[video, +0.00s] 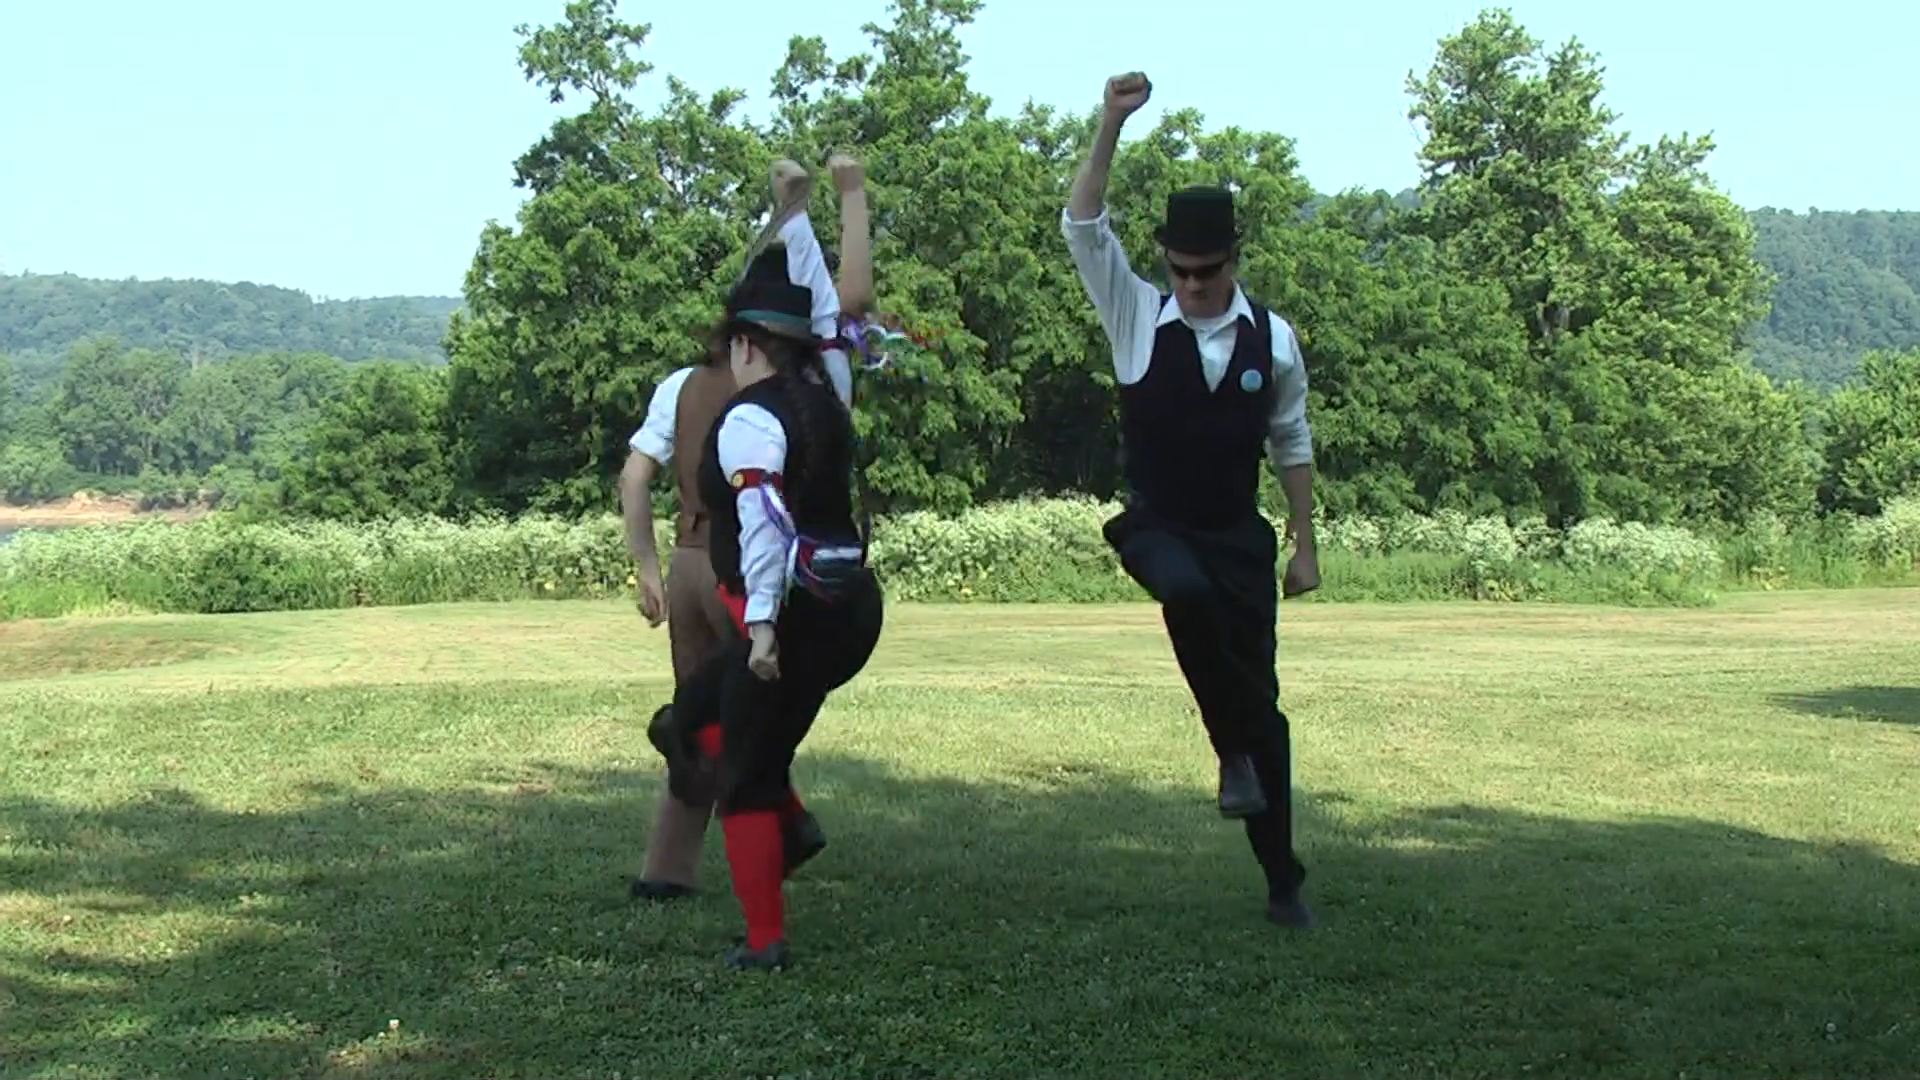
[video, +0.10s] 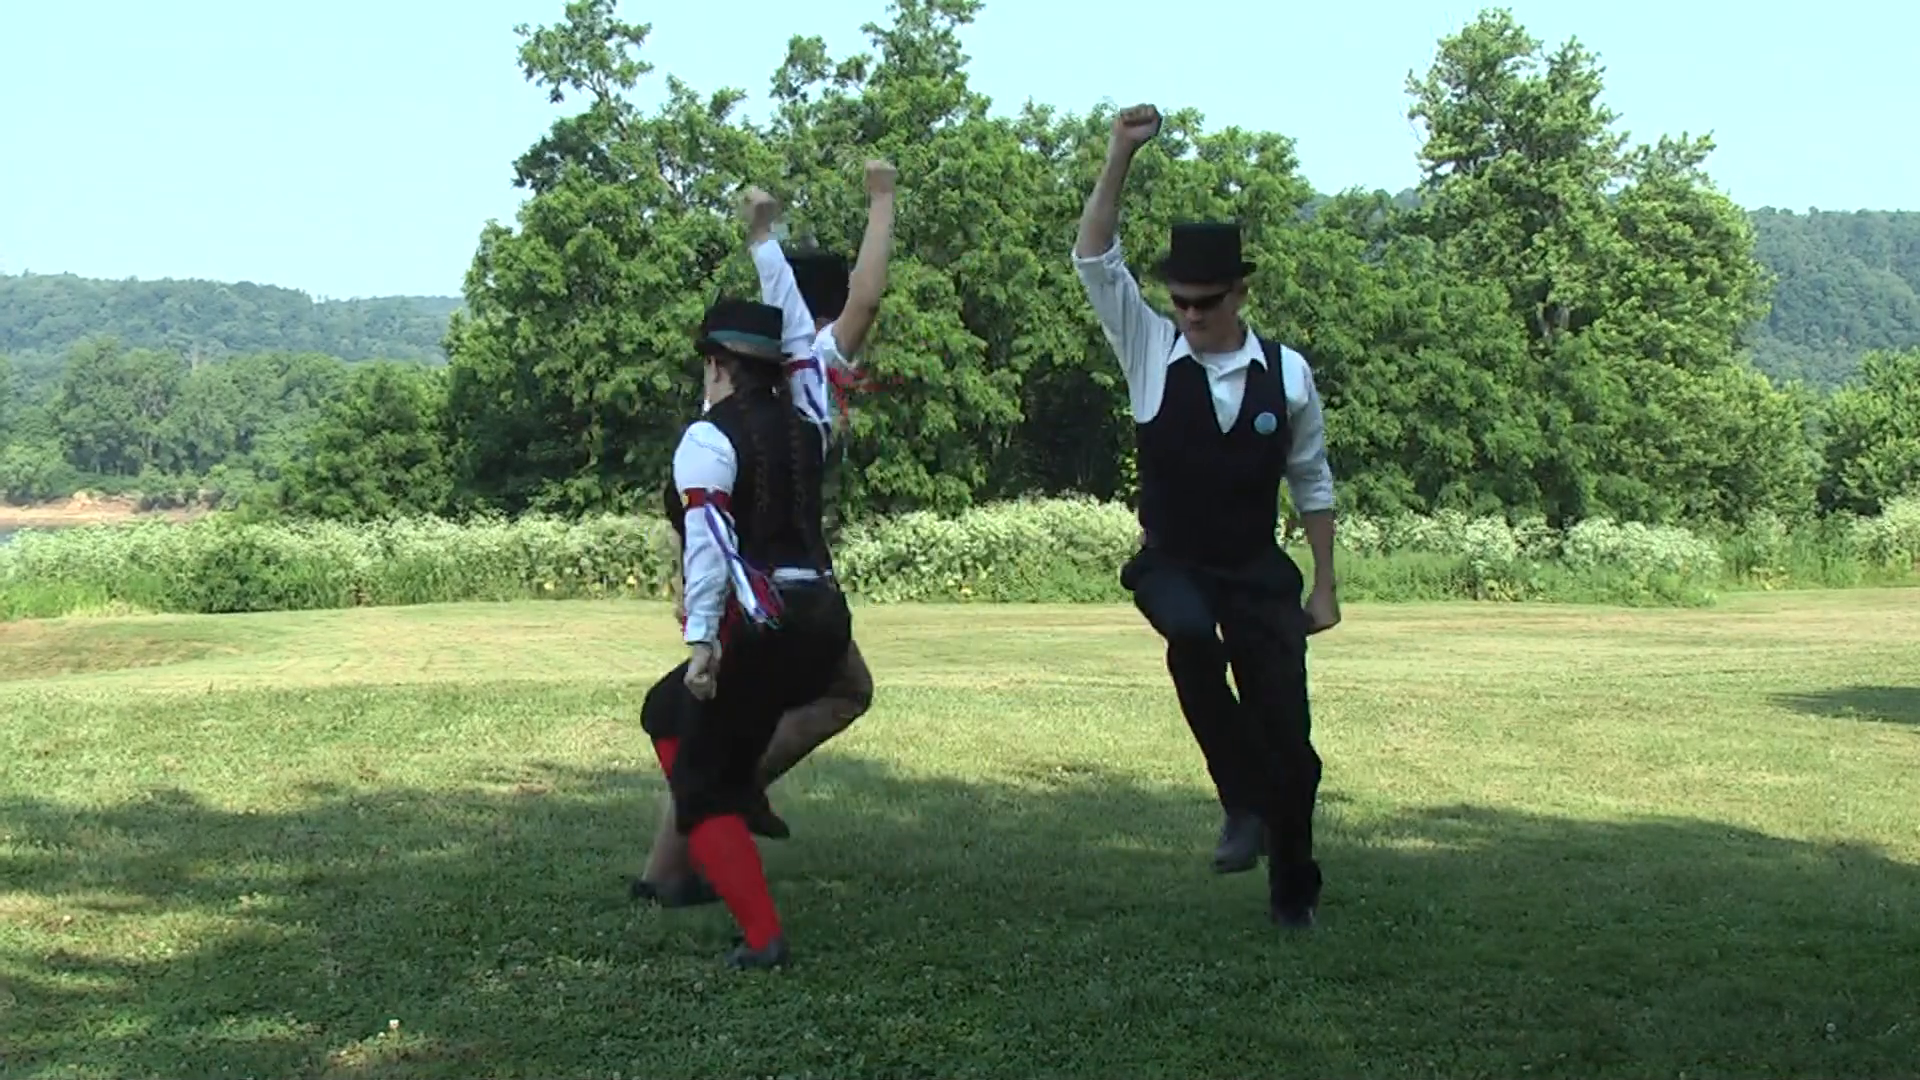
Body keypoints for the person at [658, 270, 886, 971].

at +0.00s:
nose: (731, 361)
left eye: (733, 348)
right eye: (734, 348)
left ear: (750, 350)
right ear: (799, 346)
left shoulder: (748, 419)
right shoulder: (826, 394)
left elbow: (764, 520)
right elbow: (825, 316)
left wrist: (763, 620)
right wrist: (793, 210)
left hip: (797, 605)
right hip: (854, 600)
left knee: (745, 765)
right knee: (692, 713)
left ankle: (765, 939)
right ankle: (789, 820)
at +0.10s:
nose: (702, 370)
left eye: (705, 361)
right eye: (708, 360)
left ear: (716, 367)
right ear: (773, 367)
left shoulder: (707, 439)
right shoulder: (803, 420)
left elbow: (709, 543)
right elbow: (799, 339)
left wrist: (704, 635)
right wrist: (763, 235)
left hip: (762, 628)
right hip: (823, 622)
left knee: (703, 786)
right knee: (664, 707)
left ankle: (764, 938)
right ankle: (707, 858)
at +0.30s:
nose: (684, 346)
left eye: (682, 336)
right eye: (706, 337)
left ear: (681, 346)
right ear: (743, 352)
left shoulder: (647, 414)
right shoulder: (771, 406)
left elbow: (613, 511)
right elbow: (783, 318)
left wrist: (589, 605)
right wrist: (766, 221)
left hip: (666, 587)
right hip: (752, 591)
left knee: (667, 754)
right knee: (644, 720)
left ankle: (729, 905)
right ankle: (603, 871)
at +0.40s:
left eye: (684, 354)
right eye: (708, 357)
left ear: (666, 361)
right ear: (729, 371)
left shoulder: (623, 427)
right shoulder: (751, 431)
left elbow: (588, 520)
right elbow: (784, 344)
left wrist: (556, 613)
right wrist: (767, 247)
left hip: (628, 602)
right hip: (719, 611)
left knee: (584, 764)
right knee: (645, 761)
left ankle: (648, 864)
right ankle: (593, 908)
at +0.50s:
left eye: (675, 362)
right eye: (708, 370)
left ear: (654, 371)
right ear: (713, 382)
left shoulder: (604, 434)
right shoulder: (731, 439)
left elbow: (564, 530)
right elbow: (779, 356)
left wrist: (532, 612)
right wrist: (759, 263)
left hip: (602, 613)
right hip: (692, 623)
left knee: (567, 716)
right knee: (633, 762)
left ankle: (562, 823)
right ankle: (591, 912)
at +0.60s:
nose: (718, 354)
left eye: (708, 344)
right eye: (714, 344)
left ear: (649, 344)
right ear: (710, 351)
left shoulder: (596, 406)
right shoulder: (727, 403)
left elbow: (550, 497)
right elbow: (770, 328)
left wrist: (524, 578)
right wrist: (764, 233)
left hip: (590, 581)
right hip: (680, 598)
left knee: (601, 647)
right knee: (629, 752)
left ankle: (558, 761)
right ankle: (591, 901)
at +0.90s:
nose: (737, 378)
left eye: (733, 367)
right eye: (734, 369)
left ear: (675, 365)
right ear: (716, 372)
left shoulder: (628, 424)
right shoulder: (714, 421)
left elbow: (590, 511)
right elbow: (760, 347)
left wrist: (570, 590)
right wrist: (762, 251)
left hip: (595, 584)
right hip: (654, 600)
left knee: (726, 668)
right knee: (626, 756)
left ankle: (642, 774)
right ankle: (555, 890)